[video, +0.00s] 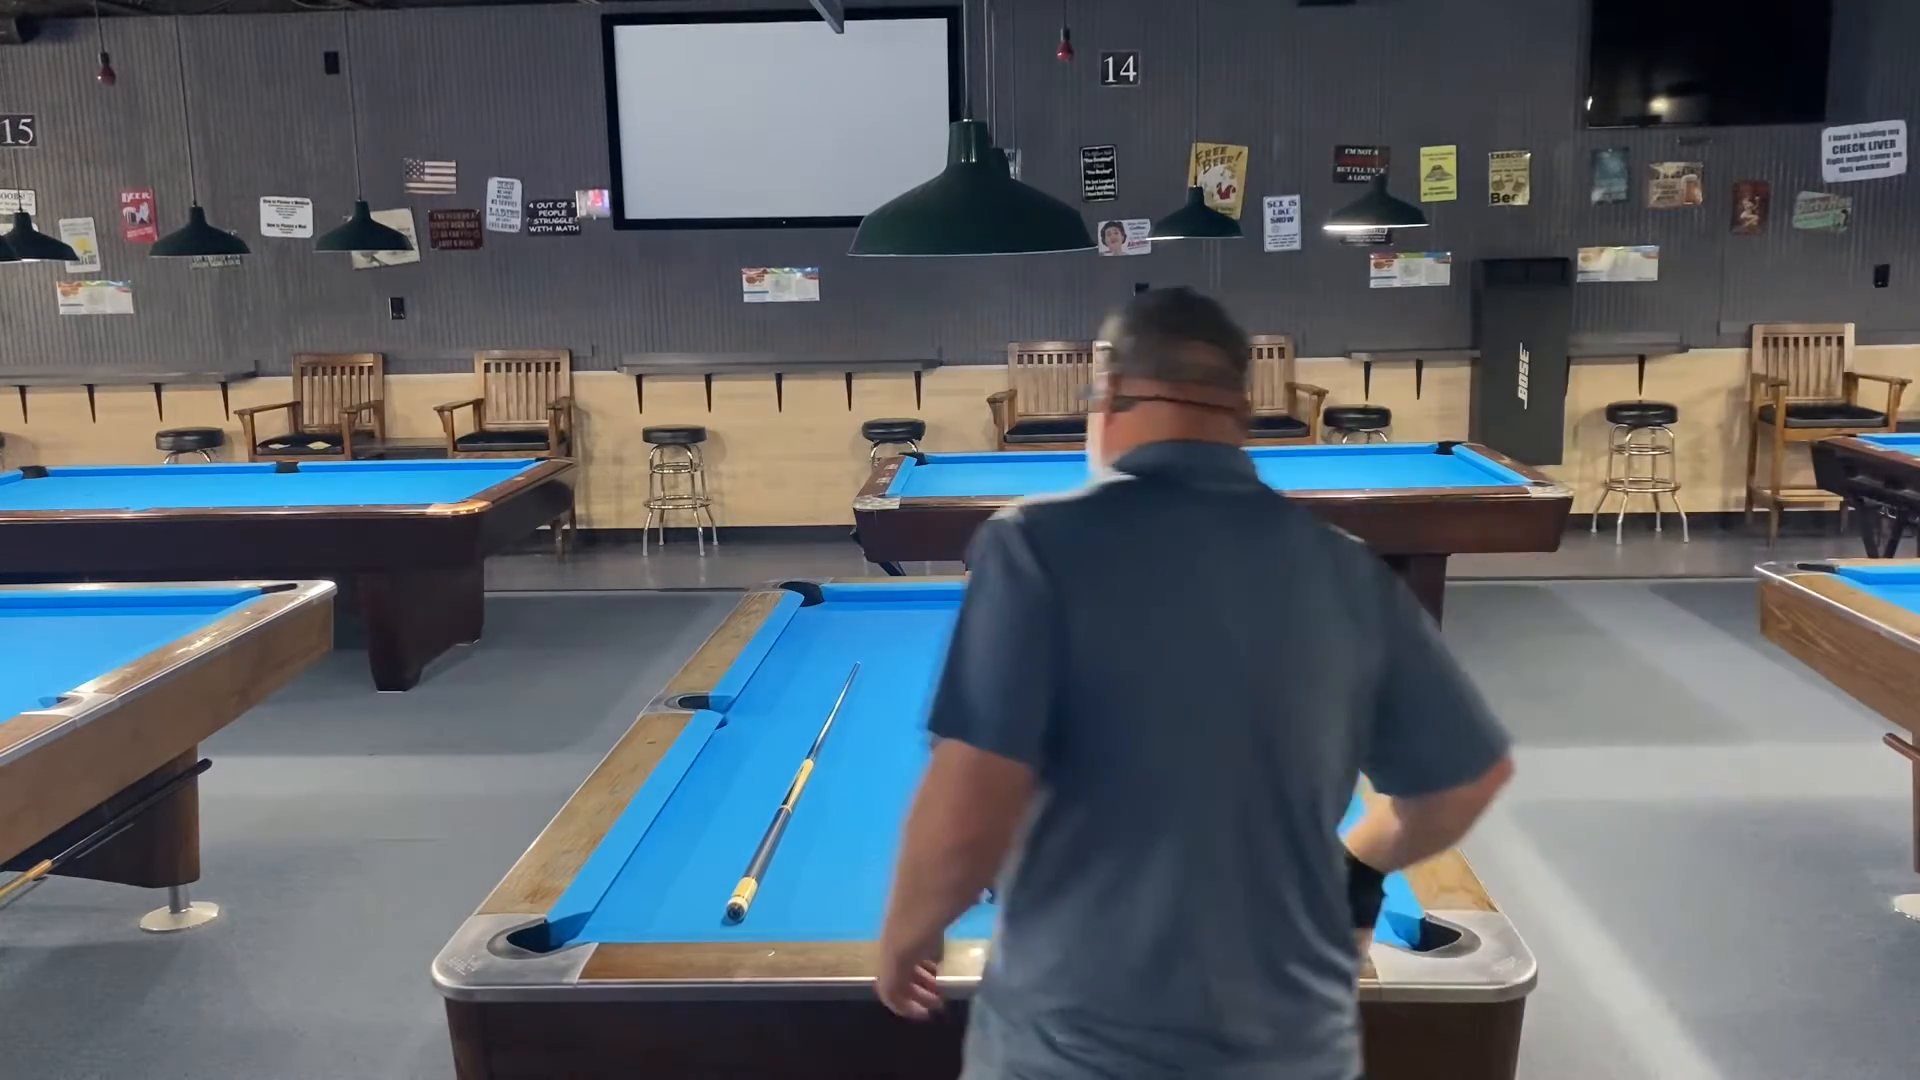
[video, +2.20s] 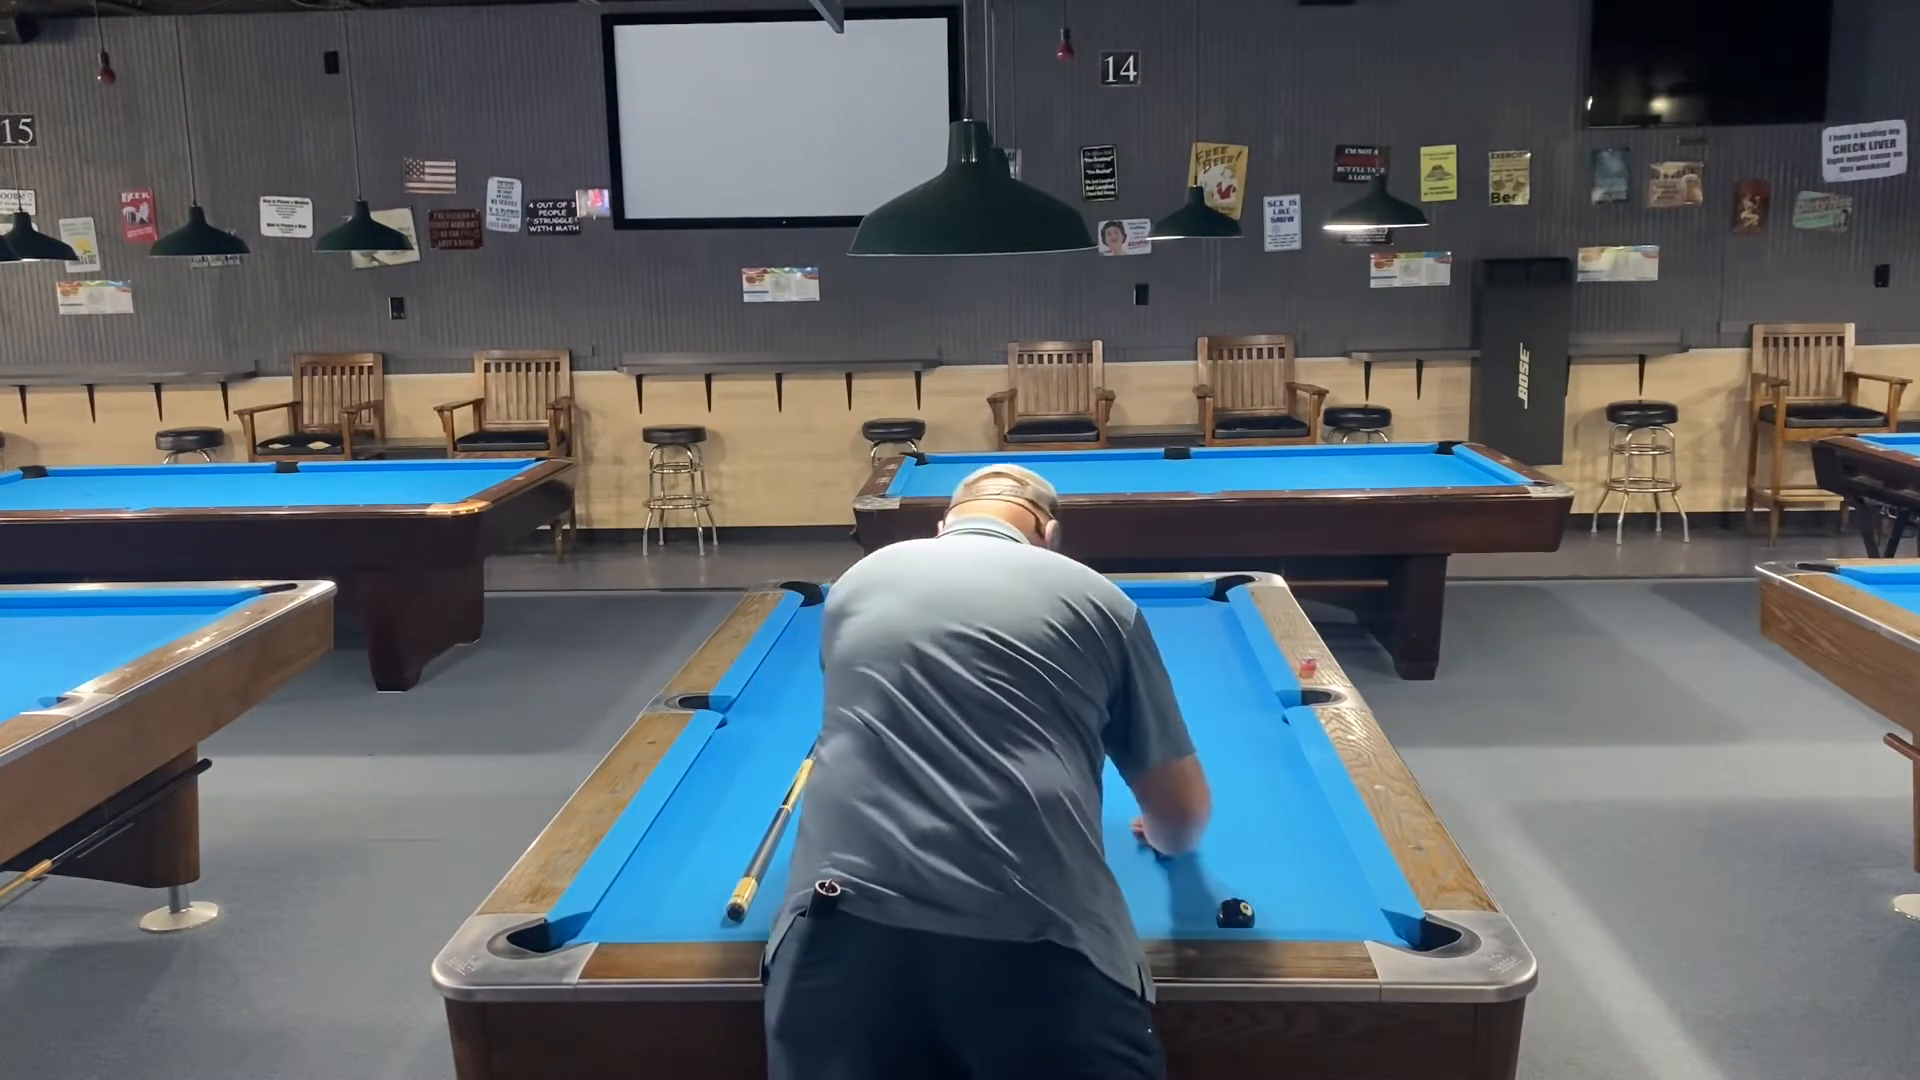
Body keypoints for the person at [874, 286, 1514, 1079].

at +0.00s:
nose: (1093, 427)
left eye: (1094, 407)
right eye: (1098, 407)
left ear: (1110, 406)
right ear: (1242, 412)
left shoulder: (1042, 547)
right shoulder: (1341, 566)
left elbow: (973, 810)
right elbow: (1470, 766)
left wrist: (903, 940)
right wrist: (1354, 868)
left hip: (1076, 1041)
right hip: (1297, 1040)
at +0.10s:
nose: (1009, 426)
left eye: (1008, 415)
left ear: (1016, 416)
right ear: (1155, 424)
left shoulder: (930, 562)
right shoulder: (1260, 570)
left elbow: (857, 817)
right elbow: (1404, 750)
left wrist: (843, 922)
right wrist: (1314, 826)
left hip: (996, 1040)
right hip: (1228, 1039)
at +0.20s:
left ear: (943, 426)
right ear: (1079, 424)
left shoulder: (846, 572)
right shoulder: (1183, 573)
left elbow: (758, 818)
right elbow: (1310, 759)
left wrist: (799, 885)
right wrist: (1249, 795)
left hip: (923, 1034)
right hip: (1143, 1036)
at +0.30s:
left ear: (889, 418)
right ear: (1020, 410)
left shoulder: (792, 559)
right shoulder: (1123, 552)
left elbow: (716, 783)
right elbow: (1232, 750)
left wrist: (790, 845)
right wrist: (1180, 779)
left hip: (882, 1026)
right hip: (1096, 1028)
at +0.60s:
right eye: (978, 427)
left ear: (852, 437)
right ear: (970, 426)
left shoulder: (771, 552)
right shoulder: (1057, 541)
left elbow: (773, 741)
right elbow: (1123, 728)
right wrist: (1070, 778)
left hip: (837, 1005)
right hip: (1041, 1005)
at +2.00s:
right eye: (1029, 519)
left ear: (917, 522)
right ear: (1023, 522)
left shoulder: (835, 583)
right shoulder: (1086, 600)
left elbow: (811, 757)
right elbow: (1171, 801)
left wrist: (877, 804)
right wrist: (1148, 831)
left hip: (847, 958)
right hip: (1048, 965)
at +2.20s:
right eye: (1059, 533)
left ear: (946, 522)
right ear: (1046, 531)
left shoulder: (857, 580)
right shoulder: (1101, 600)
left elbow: (858, 729)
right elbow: (1182, 812)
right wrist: (1163, 836)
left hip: (840, 956)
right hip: (1040, 966)